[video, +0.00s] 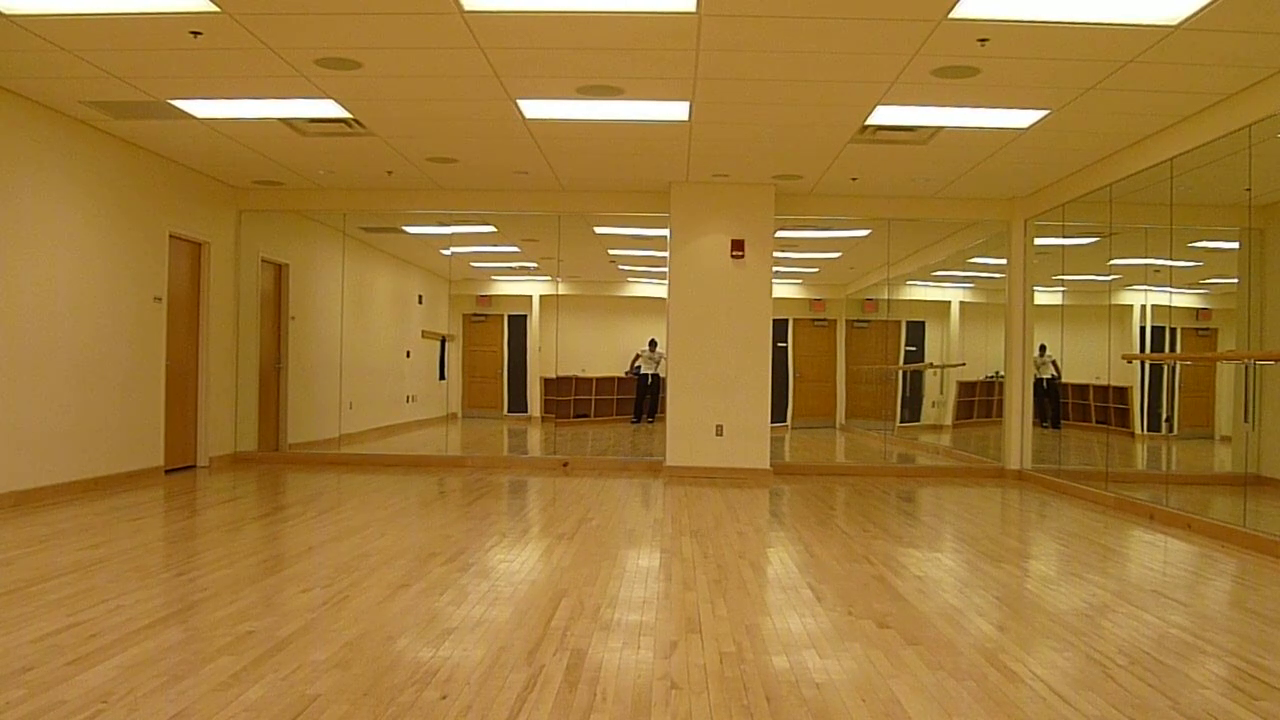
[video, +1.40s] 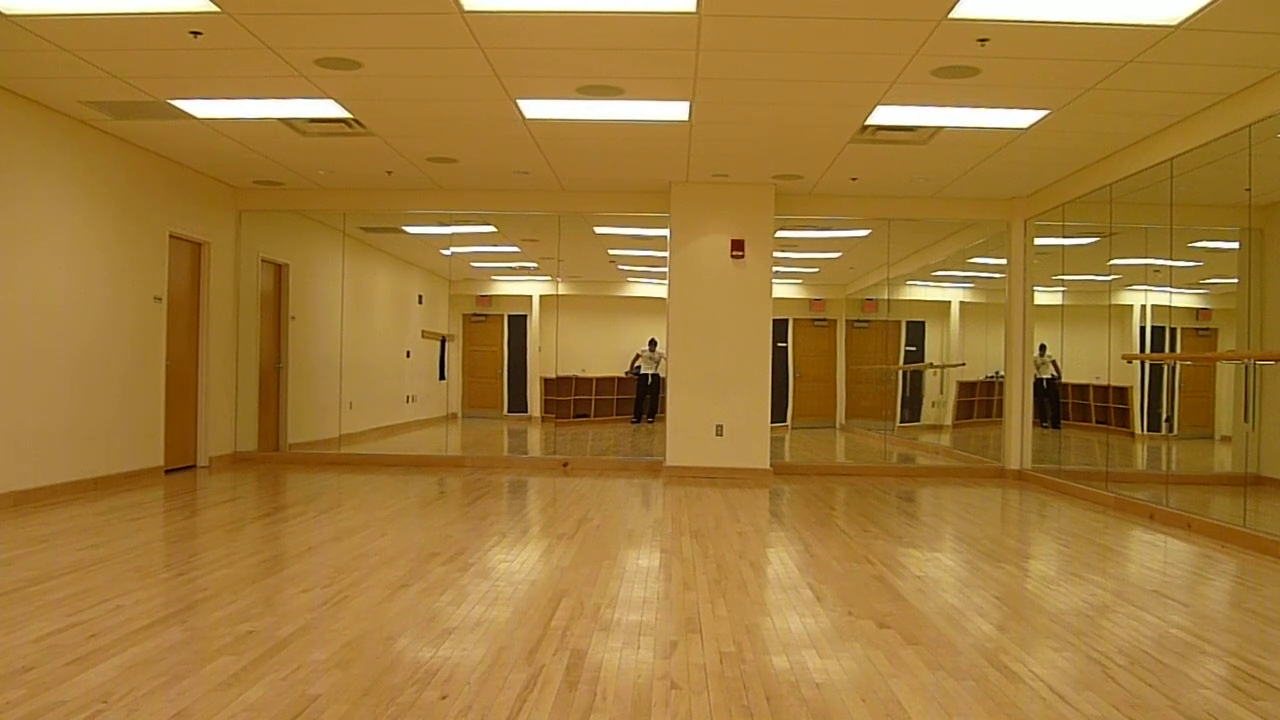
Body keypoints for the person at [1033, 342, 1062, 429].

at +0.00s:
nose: (1042, 353)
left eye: (1043, 351)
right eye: (1041, 351)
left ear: (1046, 351)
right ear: (1038, 351)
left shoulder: (1050, 358)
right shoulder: (1035, 359)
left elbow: (1056, 367)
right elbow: (1033, 369)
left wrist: (1059, 375)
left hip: (1050, 378)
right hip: (1039, 378)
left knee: (1054, 400)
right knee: (1041, 401)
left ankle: (1055, 422)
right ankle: (1043, 421)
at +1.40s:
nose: (1042, 352)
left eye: (1043, 350)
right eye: (1041, 350)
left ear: (1046, 350)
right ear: (1039, 350)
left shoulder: (1049, 357)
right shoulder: (1035, 359)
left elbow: (1056, 367)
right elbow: (1034, 368)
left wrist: (1059, 375)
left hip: (1050, 378)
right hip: (1039, 378)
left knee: (1054, 400)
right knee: (1040, 401)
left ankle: (1055, 421)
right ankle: (1043, 421)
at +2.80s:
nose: (1052, 353)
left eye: (1054, 351)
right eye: (1051, 350)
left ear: (1057, 352)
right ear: (1049, 350)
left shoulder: (1059, 358)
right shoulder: (1043, 358)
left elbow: (1062, 367)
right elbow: (1035, 367)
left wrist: (1060, 376)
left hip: (1052, 379)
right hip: (1041, 379)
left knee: (1055, 401)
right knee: (1041, 400)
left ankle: (1055, 422)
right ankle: (1043, 420)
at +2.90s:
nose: (1055, 353)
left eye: (1058, 352)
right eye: (1054, 351)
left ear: (1060, 352)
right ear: (1052, 350)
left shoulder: (1060, 359)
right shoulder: (1045, 357)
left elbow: (1061, 367)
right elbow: (1037, 364)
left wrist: (1060, 376)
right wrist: (1035, 371)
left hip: (1052, 379)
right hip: (1042, 379)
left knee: (1055, 401)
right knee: (1041, 400)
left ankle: (1055, 422)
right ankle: (1043, 420)